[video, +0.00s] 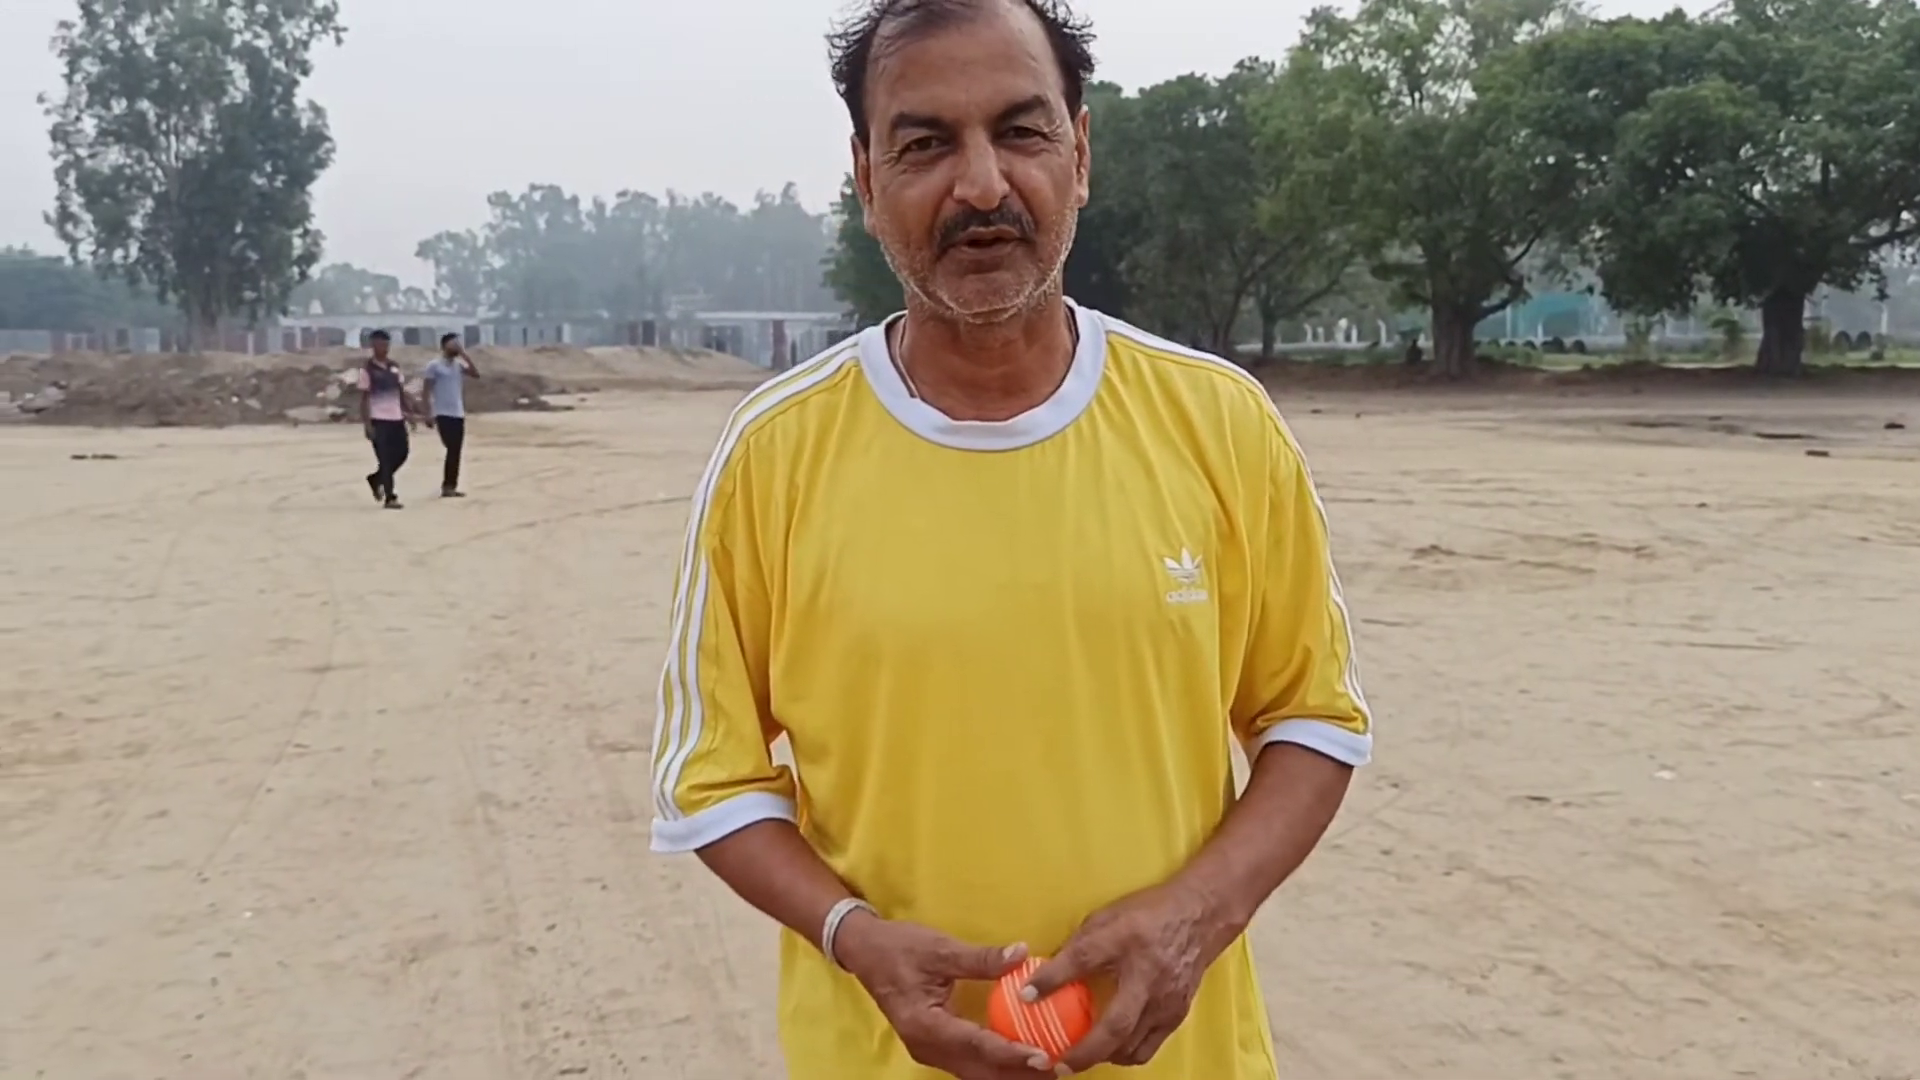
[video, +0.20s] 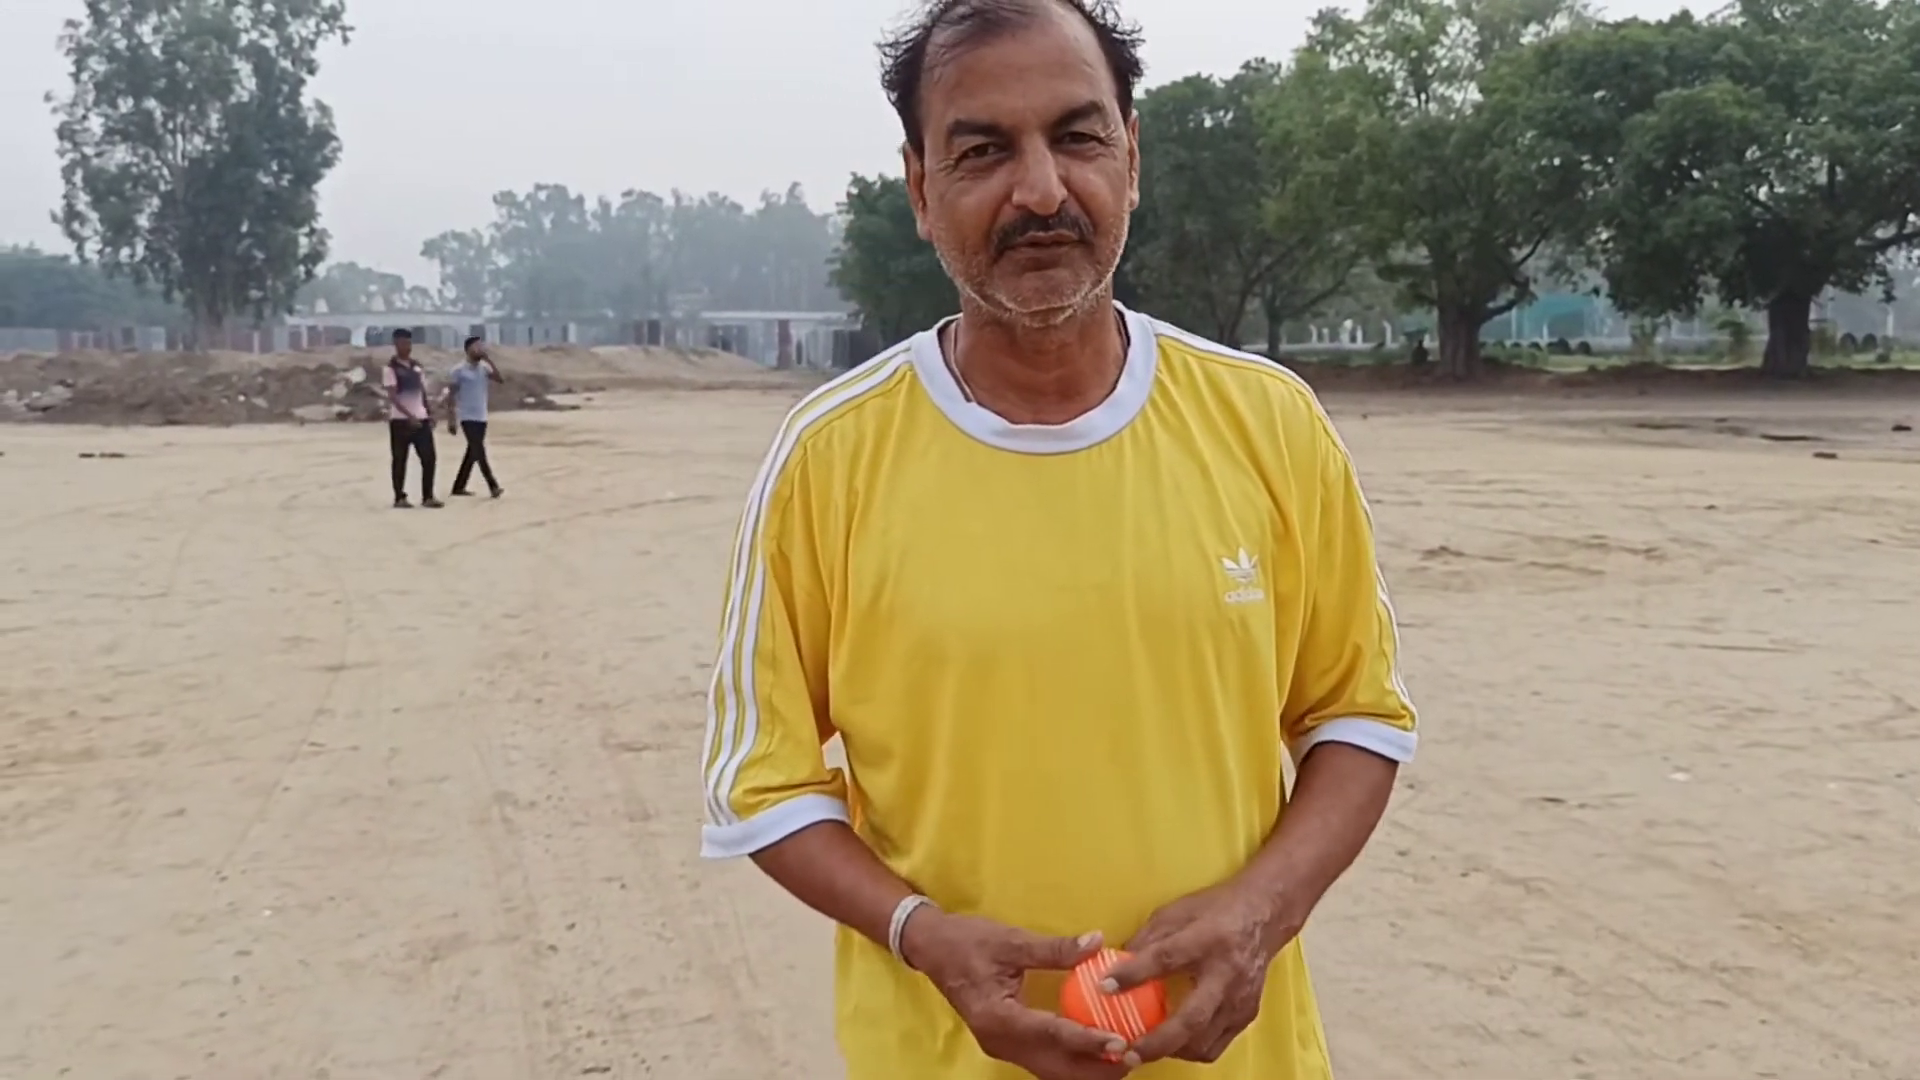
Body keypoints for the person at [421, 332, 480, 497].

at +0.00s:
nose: (456, 347)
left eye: (457, 343)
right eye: (453, 343)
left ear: (458, 346)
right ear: (445, 346)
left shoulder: (457, 365)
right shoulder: (434, 366)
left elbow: (475, 374)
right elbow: (426, 391)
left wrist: (464, 355)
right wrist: (428, 414)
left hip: (458, 413)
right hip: (443, 413)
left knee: (456, 450)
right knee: (452, 449)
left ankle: (452, 485)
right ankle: (447, 485)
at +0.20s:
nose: (480, 350)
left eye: (481, 347)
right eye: (476, 347)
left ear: (482, 349)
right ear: (468, 350)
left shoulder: (483, 369)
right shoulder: (458, 371)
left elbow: (499, 379)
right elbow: (451, 397)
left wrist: (487, 360)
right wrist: (451, 421)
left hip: (481, 417)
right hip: (467, 418)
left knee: (471, 455)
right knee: (480, 453)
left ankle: (459, 486)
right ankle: (493, 486)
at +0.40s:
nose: (499, 345)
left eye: (499, 342)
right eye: (495, 342)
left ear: (500, 345)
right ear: (487, 346)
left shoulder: (502, 364)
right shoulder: (479, 367)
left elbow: (520, 376)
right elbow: (475, 395)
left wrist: (507, 355)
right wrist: (478, 417)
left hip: (504, 414)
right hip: (489, 415)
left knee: (509, 448)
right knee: (499, 452)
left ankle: (484, 471)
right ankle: (502, 488)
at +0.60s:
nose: (521, 343)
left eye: (521, 339)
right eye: (517, 340)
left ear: (521, 343)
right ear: (509, 343)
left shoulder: (522, 361)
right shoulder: (500, 364)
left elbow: (539, 373)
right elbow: (499, 389)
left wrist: (526, 353)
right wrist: (508, 407)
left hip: (526, 414)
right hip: (508, 415)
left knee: (537, 449)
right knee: (507, 454)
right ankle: (508, 487)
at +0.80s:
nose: (540, 344)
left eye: (540, 340)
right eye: (536, 341)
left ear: (538, 345)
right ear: (528, 345)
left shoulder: (541, 364)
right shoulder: (518, 365)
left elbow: (559, 377)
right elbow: (516, 391)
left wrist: (544, 357)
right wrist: (532, 409)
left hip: (544, 416)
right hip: (525, 417)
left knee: (552, 453)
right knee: (518, 453)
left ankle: (559, 486)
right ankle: (509, 484)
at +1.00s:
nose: (543, 342)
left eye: (543, 338)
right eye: (539, 339)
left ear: (542, 341)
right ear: (530, 342)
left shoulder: (542, 361)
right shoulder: (521, 362)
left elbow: (561, 376)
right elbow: (515, 390)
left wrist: (547, 359)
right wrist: (520, 413)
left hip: (546, 413)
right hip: (531, 414)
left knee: (549, 452)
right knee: (534, 449)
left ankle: (545, 486)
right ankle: (514, 472)